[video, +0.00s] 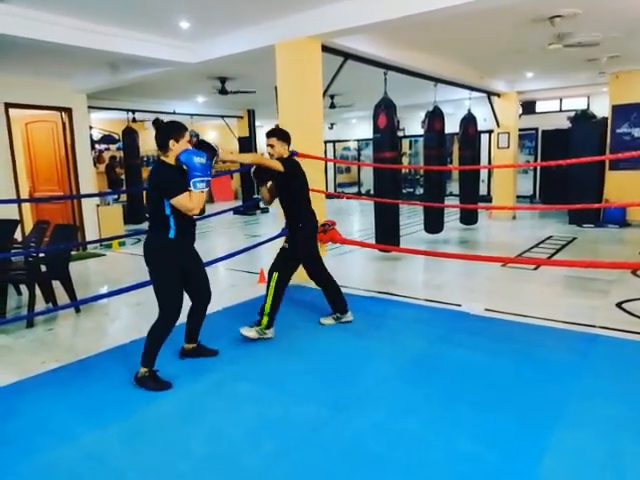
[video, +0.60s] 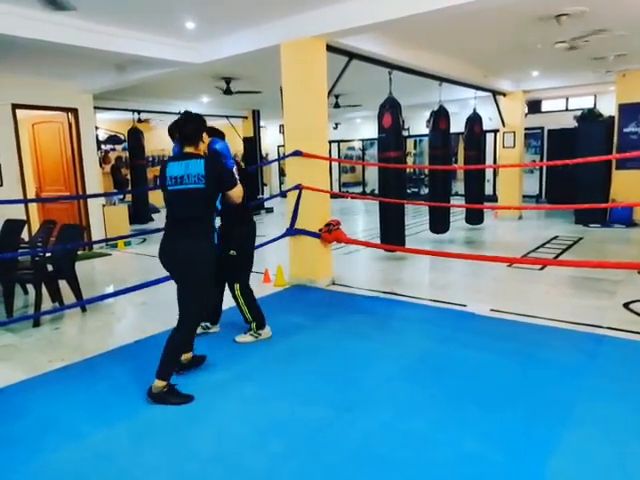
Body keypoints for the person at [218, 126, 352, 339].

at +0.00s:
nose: (268, 151)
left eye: (272, 146)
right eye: (268, 147)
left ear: (285, 145)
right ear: (281, 147)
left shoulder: (289, 165)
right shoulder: (283, 168)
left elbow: (259, 159)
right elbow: (268, 199)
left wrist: (229, 157)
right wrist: (261, 178)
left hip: (300, 229)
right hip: (303, 227)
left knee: (278, 273)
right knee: (317, 271)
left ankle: (265, 326)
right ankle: (342, 312)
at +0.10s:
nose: (257, 153)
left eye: (260, 148)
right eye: (256, 149)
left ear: (275, 147)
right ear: (264, 150)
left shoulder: (279, 168)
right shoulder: (270, 170)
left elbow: (247, 160)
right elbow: (255, 203)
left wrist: (215, 156)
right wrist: (249, 179)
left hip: (287, 230)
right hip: (287, 228)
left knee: (265, 277)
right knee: (302, 272)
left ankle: (257, 329)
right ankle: (337, 306)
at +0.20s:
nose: (246, 152)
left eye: (249, 147)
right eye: (245, 148)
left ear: (263, 146)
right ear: (249, 150)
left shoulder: (267, 167)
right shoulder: (260, 168)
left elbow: (238, 160)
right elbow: (245, 202)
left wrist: (212, 156)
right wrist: (238, 181)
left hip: (274, 229)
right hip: (274, 227)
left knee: (252, 278)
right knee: (272, 274)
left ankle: (256, 329)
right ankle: (315, 296)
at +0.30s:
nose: (236, 149)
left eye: (241, 144)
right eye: (235, 144)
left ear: (254, 143)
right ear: (237, 145)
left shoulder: (258, 164)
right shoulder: (250, 167)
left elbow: (231, 156)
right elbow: (233, 198)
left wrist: (207, 150)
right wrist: (230, 178)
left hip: (263, 224)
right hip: (263, 222)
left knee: (248, 278)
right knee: (255, 273)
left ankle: (257, 329)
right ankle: (286, 300)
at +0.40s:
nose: (227, 147)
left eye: (231, 142)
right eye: (226, 142)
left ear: (245, 140)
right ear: (230, 143)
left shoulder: (250, 161)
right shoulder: (238, 165)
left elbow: (223, 152)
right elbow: (226, 197)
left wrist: (195, 146)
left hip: (258, 224)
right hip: (246, 222)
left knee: (248, 275)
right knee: (234, 269)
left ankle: (258, 327)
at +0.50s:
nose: (217, 147)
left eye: (220, 143)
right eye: (216, 143)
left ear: (232, 140)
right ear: (224, 142)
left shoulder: (245, 159)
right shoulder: (230, 161)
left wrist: (218, 153)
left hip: (250, 223)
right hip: (237, 222)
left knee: (243, 280)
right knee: (228, 274)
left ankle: (259, 327)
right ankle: (218, 318)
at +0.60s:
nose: (203, 145)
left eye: (205, 141)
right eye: (203, 141)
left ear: (213, 140)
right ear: (218, 140)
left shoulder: (231, 166)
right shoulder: (219, 166)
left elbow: (239, 196)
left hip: (239, 225)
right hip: (227, 224)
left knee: (236, 279)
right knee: (216, 275)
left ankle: (258, 326)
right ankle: (210, 319)